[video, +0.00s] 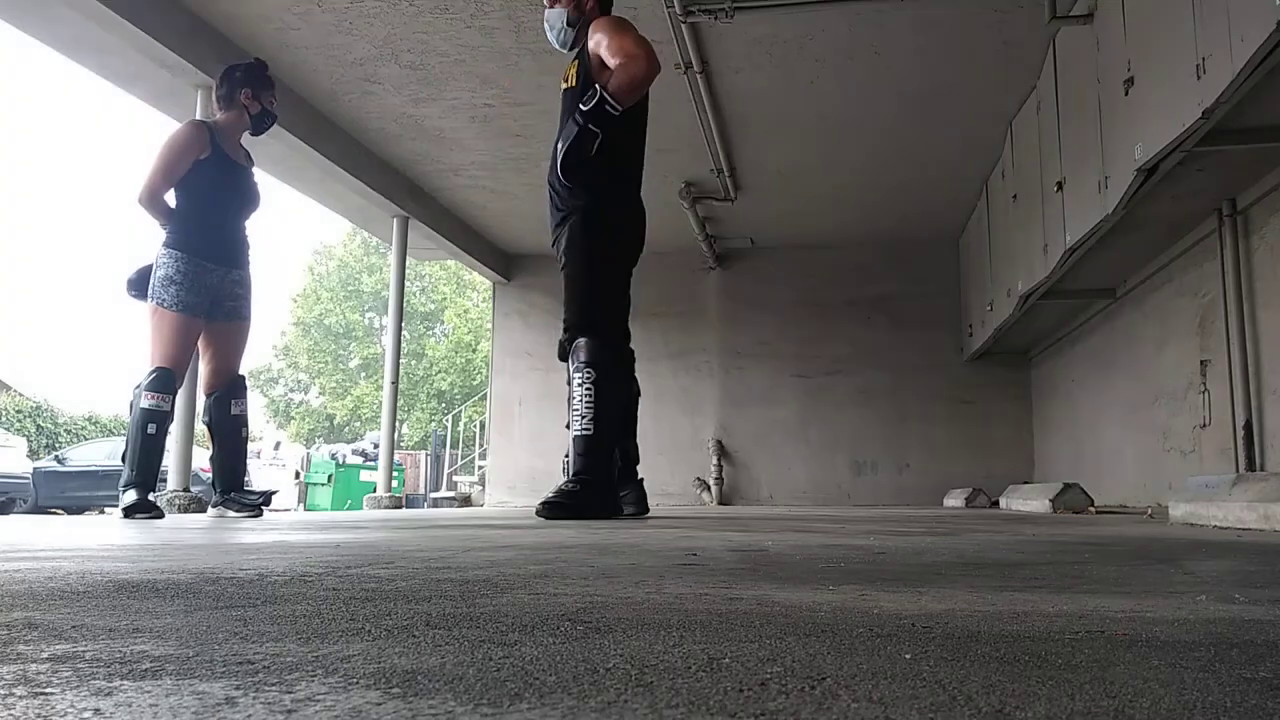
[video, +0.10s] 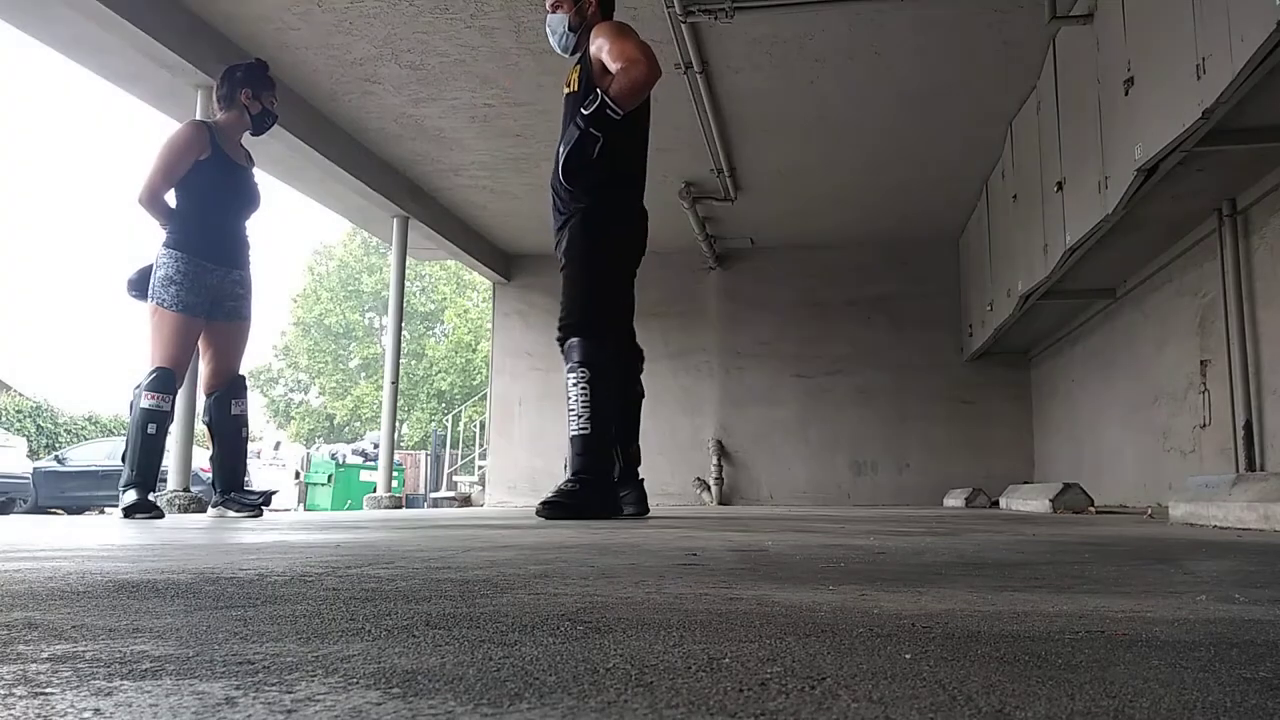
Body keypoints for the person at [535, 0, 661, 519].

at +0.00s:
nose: (549, 10)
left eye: (554, 2)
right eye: (549, 4)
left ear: (584, 1)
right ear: (586, 7)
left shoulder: (604, 28)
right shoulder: (590, 46)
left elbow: (641, 63)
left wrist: (597, 118)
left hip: (599, 217)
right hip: (593, 219)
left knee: (587, 345)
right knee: (607, 347)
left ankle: (590, 485)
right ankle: (621, 483)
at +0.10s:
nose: (550, 18)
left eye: (555, 8)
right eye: (550, 11)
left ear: (583, 5)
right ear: (584, 11)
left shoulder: (605, 32)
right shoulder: (592, 55)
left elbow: (642, 68)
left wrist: (598, 118)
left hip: (599, 219)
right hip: (600, 222)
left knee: (582, 339)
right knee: (616, 346)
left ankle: (589, 483)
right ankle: (623, 482)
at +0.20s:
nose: (551, 22)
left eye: (557, 10)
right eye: (549, 13)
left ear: (589, 7)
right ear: (585, 11)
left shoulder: (606, 37)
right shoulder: (594, 61)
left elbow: (642, 72)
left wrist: (599, 122)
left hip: (599, 223)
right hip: (606, 225)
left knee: (571, 335)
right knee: (620, 347)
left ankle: (587, 479)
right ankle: (623, 482)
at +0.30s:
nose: (551, 22)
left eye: (557, 11)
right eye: (549, 14)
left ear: (589, 9)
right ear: (586, 13)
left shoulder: (606, 39)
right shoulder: (591, 65)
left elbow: (643, 73)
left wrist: (602, 118)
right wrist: (629, 321)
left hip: (599, 226)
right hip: (606, 228)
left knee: (573, 340)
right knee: (615, 348)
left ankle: (589, 477)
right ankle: (620, 481)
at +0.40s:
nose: (551, 24)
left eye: (558, 11)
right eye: (549, 15)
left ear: (590, 8)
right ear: (589, 13)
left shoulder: (604, 37)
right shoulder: (594, 64)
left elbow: (640, 72)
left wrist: (595, 120)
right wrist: (630, 321)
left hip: (597, 226)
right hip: (606, 227)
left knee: (579, 343)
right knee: (614, 348)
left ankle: (588, 478)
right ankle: (619, 481)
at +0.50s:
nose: (551, 21)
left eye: (557, 9)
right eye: (550, 12)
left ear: (589, 8)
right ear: (590, 12)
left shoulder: (603, 36)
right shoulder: (592, 59)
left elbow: (635, 71)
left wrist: (594, 114)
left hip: (596, 225)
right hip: (600, 225)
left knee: (584, 343)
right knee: (611, 346)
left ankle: (592, 480)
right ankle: (619, 481)